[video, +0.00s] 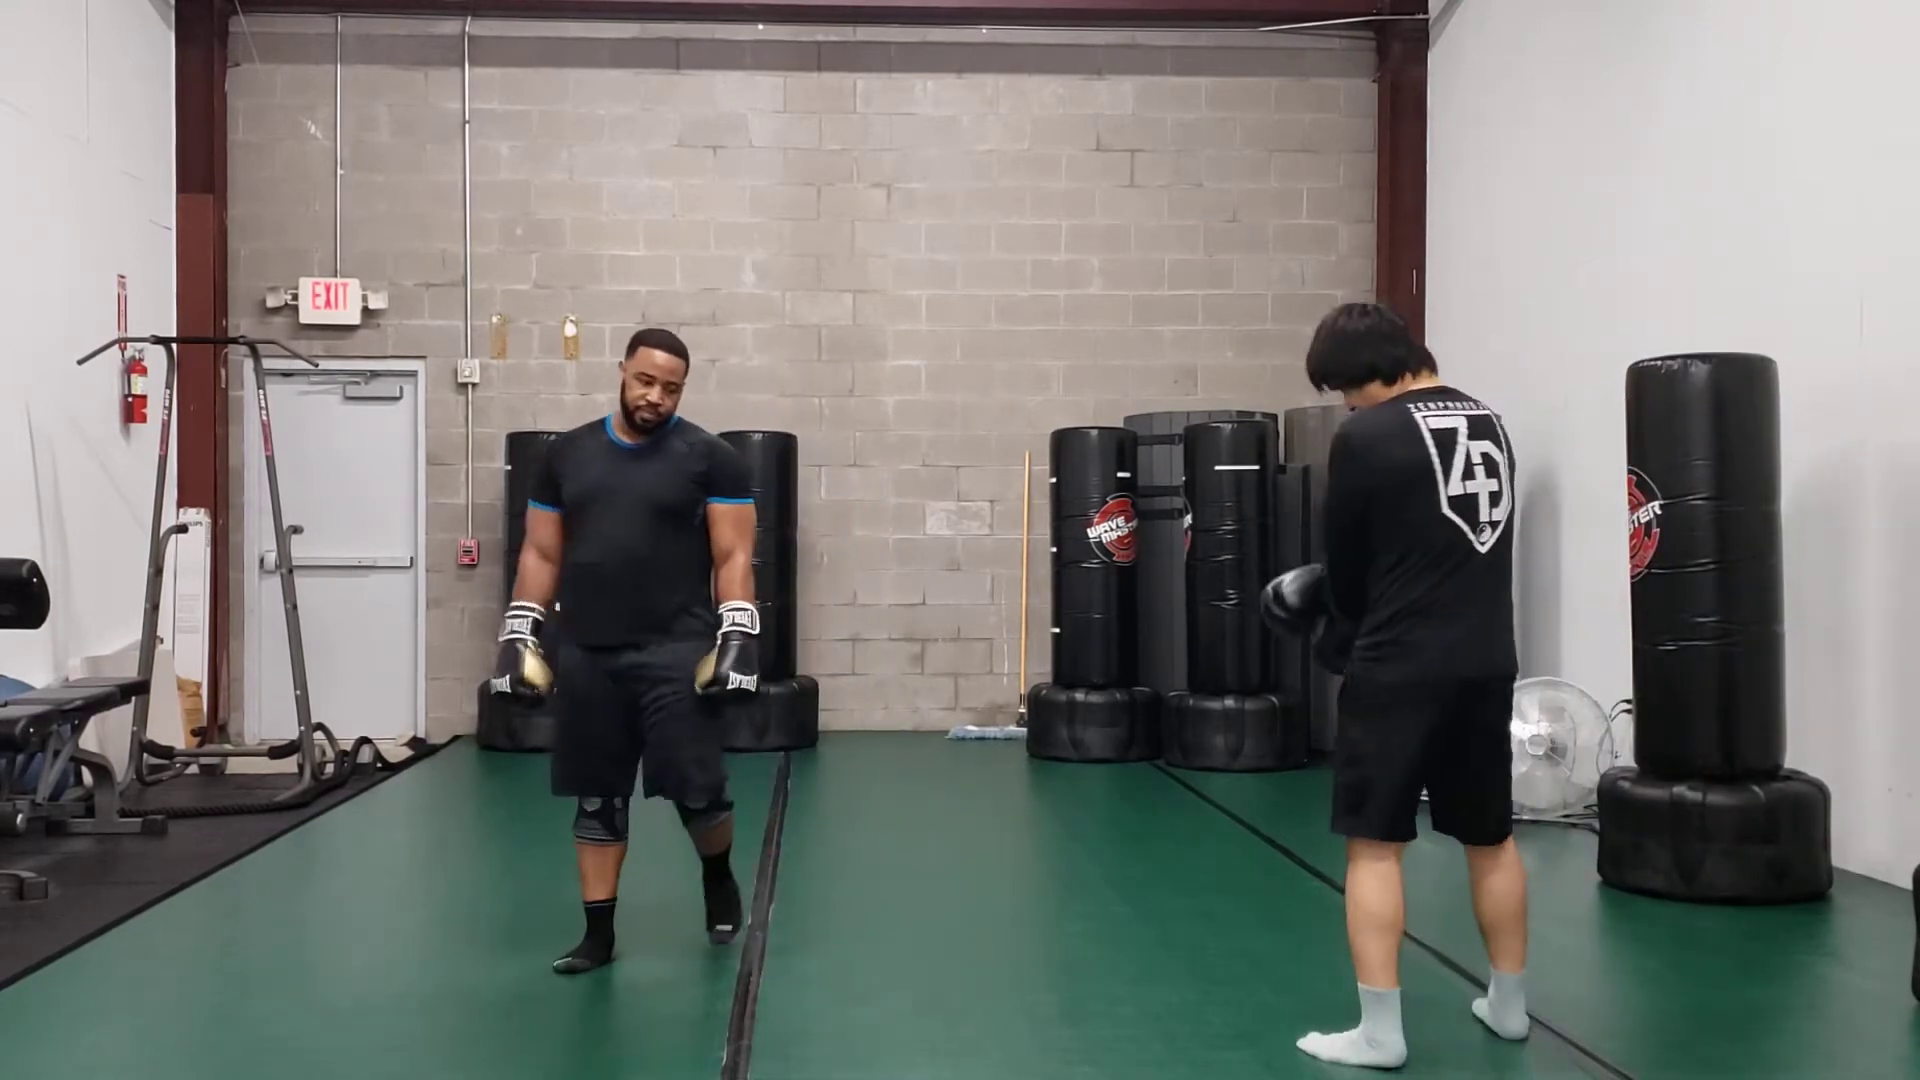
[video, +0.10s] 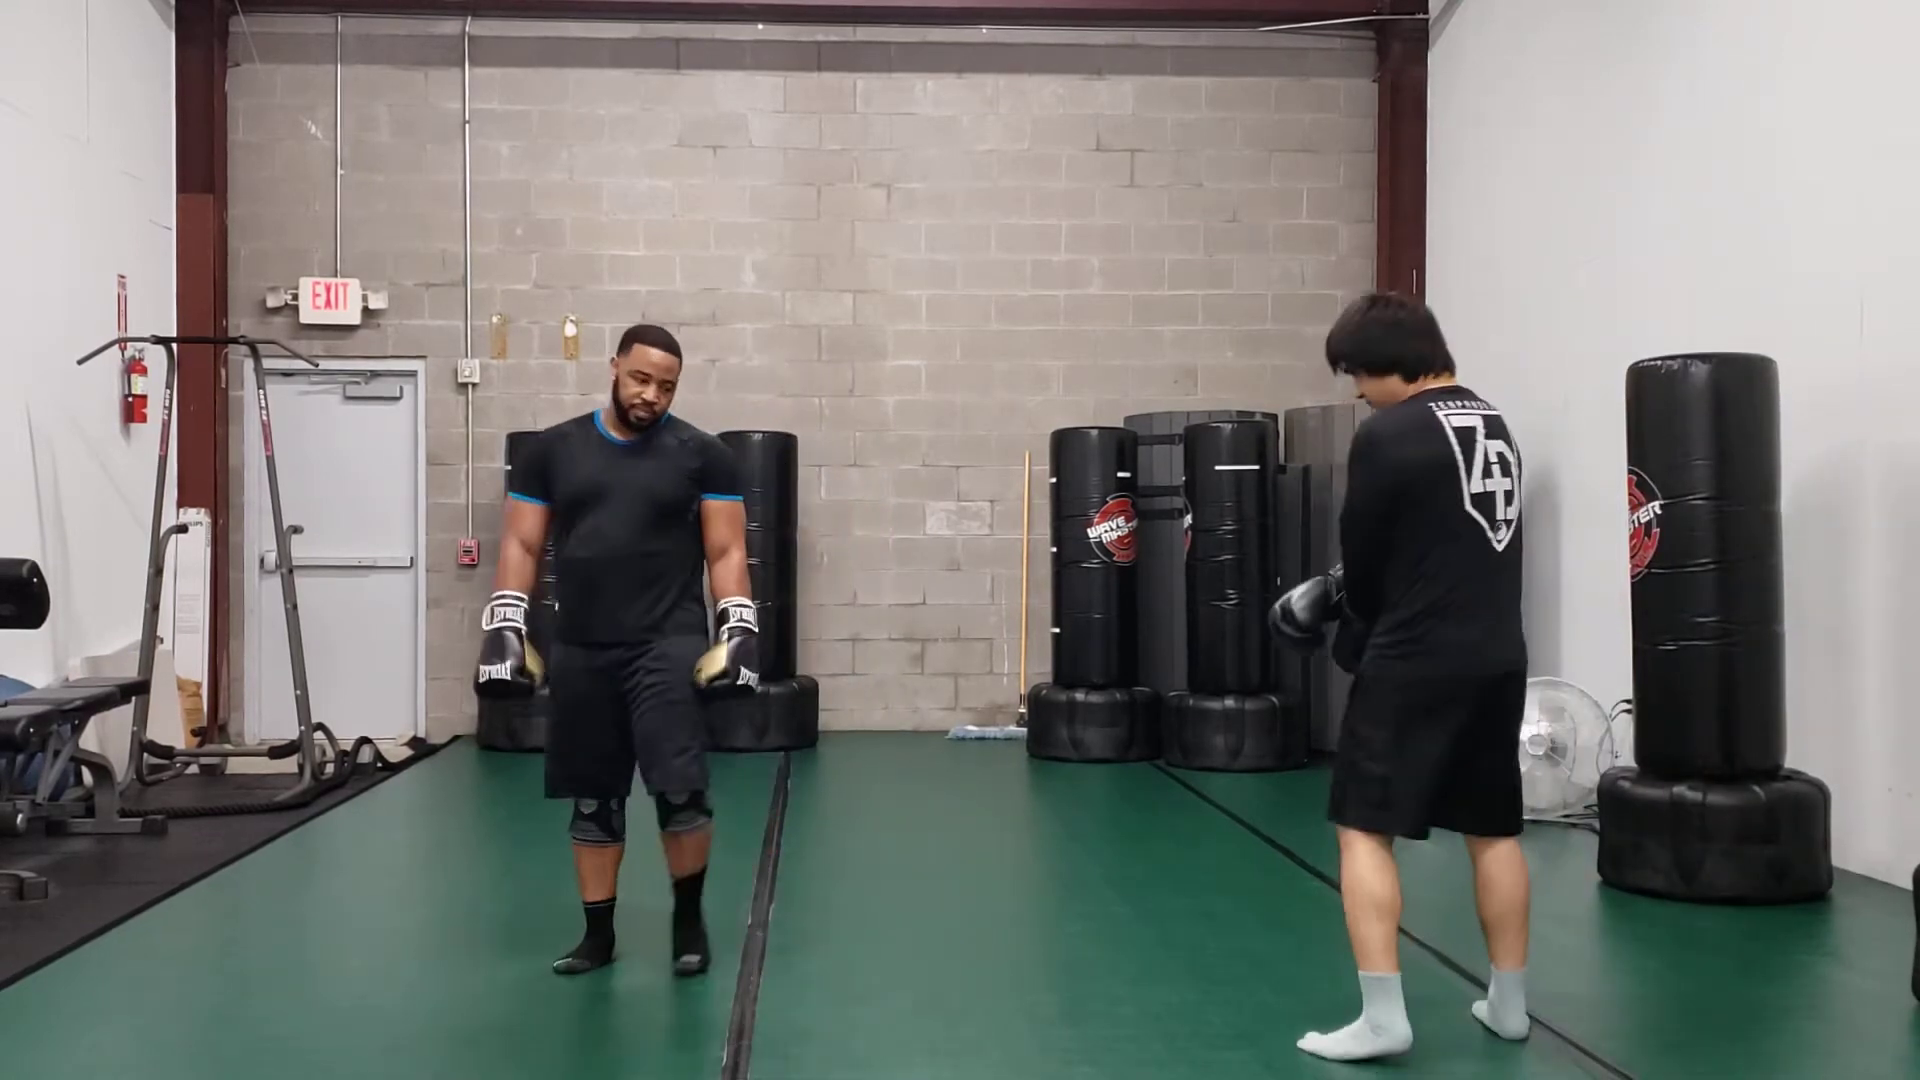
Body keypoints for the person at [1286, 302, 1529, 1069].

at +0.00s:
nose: (1344, 408)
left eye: (1342, 393)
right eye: (1338, 394)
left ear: (1365, 377)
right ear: (1408, 360)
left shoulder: (1365, 439)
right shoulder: (1483, 421)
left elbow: (1347, 577)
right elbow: (1448, 543)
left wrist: (1343, 642)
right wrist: (1329, 580)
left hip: (1397, 668)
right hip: (1484, 663)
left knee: (1375, 841)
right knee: (1491, 833)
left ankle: (1380, 1030)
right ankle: (1509, 1004)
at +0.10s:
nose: (1358, 395)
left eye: (1358, 379)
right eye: (1353, 381)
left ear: (1392, 367)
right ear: (1428, 356)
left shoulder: (1388, 436)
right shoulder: (1488, 420)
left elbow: (1362, 565)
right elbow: (1449, 541)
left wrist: (1361, 629)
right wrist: (1341, 586)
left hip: (1413, 664)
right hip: (1496, 658)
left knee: (1362, 825)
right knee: (1494, 825)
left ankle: (1383, 1018)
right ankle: (1507, 1003)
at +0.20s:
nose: (1362, 382)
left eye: (1366, 366)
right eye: (1360, 367)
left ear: (1403, 364)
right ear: (1439, 357)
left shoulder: (1404, 435)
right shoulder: (1493, 421)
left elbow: (1374, 562)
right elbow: (1464, 547)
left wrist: (1362, 623)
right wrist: (1352, 581)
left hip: (1424, 660)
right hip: (1503, 658)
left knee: (1345, 810)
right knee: (1495, 822)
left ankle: (1385, 997)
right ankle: (1507, 1003)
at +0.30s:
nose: (1364, 378)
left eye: (1369, 363)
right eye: (1363, 363)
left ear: (1405, 362)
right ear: (1440, 358)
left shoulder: (1412, 434)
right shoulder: (1492, 422)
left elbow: (1395, 557)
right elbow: (1468, 549)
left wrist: (1356, 605)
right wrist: (1364, 565)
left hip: (1429, 659)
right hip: (1503, 656)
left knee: (1336, 803)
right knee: (1492, 819)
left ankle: (1381, 988)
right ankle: (1507, 1003)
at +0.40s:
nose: (1358, 376)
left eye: (1365, 362)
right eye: (1358, 361)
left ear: (1402, 363)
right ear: (1435, 359)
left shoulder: (1409, 433)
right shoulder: (1484, 421)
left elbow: (1400, 554)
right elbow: (1452, 539)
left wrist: (1342, 599)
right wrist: (1354, 543)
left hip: (1424, 660)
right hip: (1497, 657)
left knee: (1335, 805)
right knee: (1488, 819)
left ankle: (1349, 994)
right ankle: (1508, 1004)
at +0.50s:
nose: (1345, 379)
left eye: (1351, 364)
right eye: (1344, 364)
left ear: (1388, 367)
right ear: (1421, 361)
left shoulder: (1396, 437)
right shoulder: (1481, 425)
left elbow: (1392, 556)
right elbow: (1443, 545)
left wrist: (1322, 586)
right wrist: (1344, 526)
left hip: (1407, 665)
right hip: (1486, 660)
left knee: (1331, 814)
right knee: (1485, 824)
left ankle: (1302, 997)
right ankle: (1509, 1004)